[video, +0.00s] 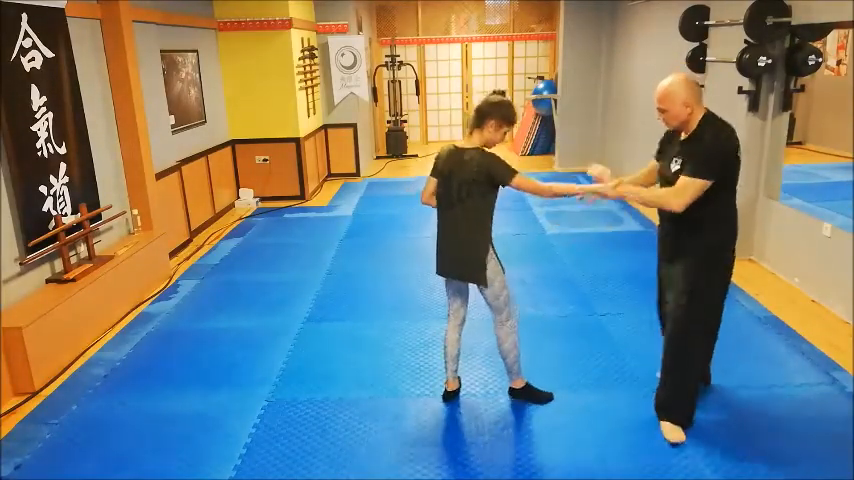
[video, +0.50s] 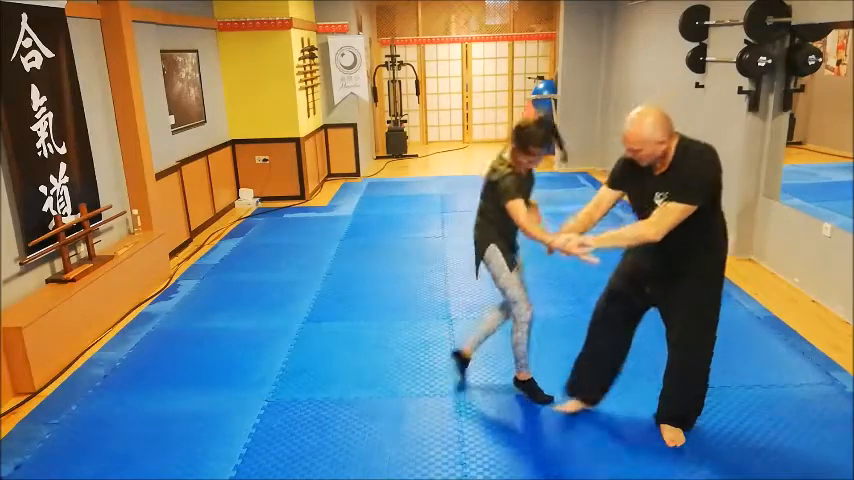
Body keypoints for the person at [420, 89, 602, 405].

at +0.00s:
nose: (504, 137)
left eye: (506, 131)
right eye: (503, 130)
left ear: (479, 124)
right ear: (488, 124)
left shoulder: (446, 156)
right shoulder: (490, 163)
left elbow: (427, 197)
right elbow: (541, 189)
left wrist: (458, 202)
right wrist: (579, 189)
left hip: (448, 250)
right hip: (478, 251)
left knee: (455, 315)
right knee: (504, 315)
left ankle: (450, 384)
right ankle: (517, 383)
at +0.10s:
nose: (509, 139)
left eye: (511, 134)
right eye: (508, 133)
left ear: (487, 126)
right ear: (492, 127)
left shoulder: (452, 154)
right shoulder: (490, 163)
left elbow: (434, 193)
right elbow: (541, 194)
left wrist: (466, 200)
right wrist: (587, 199)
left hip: (448, 248)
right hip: (479, 250)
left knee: (456, 312)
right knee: (507, 312)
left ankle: (451, 383)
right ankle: (517, 382)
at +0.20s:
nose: (516, 143)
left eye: (519, 138)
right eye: (516, 136)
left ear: (491, 128)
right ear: (499, 130)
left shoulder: (461, 155)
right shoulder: (492, 165)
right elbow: (535, 201)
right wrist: (580, 212)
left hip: (453, 247)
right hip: (481, 249)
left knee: (457, 314)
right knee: (510, 311)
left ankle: (451, 383)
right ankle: (517, 381)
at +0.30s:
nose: (526, 147)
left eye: (529, 142)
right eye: (525, 141)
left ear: (503, 134)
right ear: (506, 134)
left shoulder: (475, 155)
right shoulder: (496, 167)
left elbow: (475, 194)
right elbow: (537, 209)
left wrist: (501, 210)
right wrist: (577, 222)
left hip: (463, 244)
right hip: (484, 247)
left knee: (462, 313)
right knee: (519, 308)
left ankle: (451, 382)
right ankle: (519, 378)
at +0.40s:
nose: (531, 155)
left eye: (535, 151)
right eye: (529, 150)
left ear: (513, 137)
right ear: (513, 140)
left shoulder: (492, 154)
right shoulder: (504, 168)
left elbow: (503, 189)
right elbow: (528, 213)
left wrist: (521, 212)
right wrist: (566, 228)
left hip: (477, 243)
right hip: (490, 247)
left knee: (481, 306)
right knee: (523, 308)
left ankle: (454, 374)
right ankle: (520, 378)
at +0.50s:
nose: (531, 163)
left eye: (537, 158)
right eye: (527, 156)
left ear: (543, 153)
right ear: (514, 148)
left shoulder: (524, 170)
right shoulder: (504, 175)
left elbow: (528, 202)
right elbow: (522, 221)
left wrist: (534, 219)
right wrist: (556, 243)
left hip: (508, 239)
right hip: (490, 240)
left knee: (509, 306)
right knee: (523, 310)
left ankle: (465, 352)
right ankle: (522, 376)